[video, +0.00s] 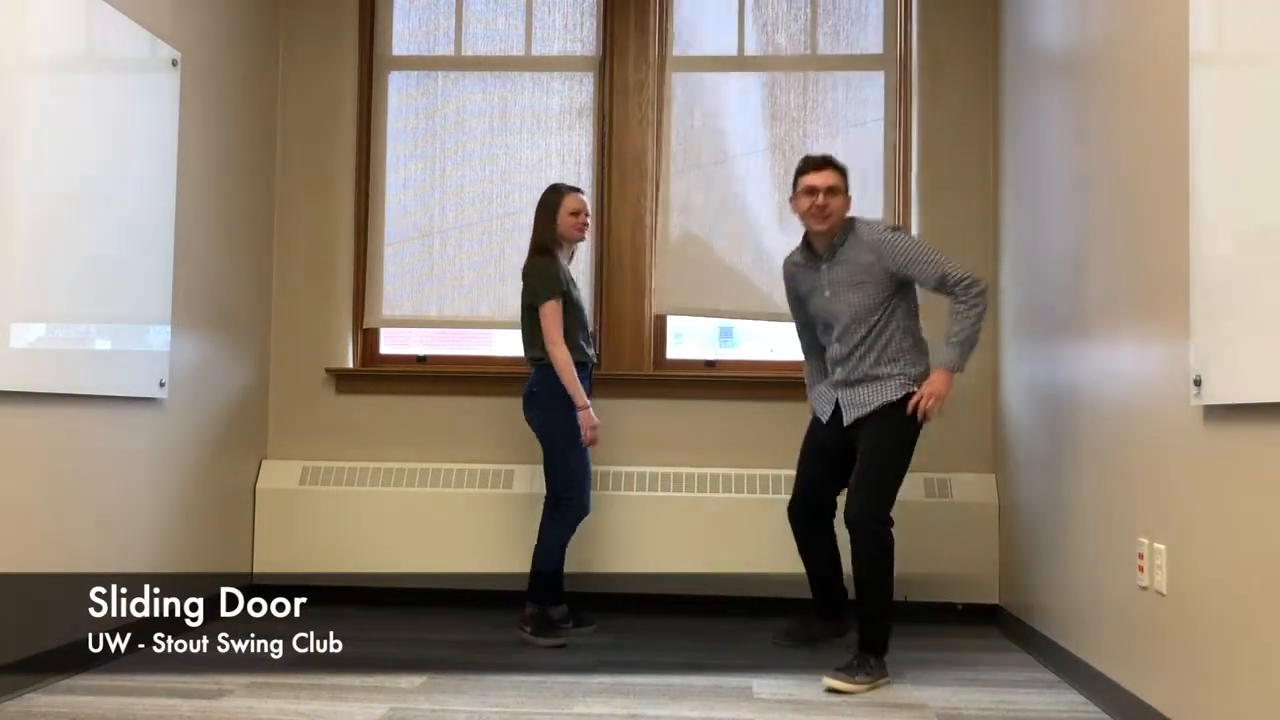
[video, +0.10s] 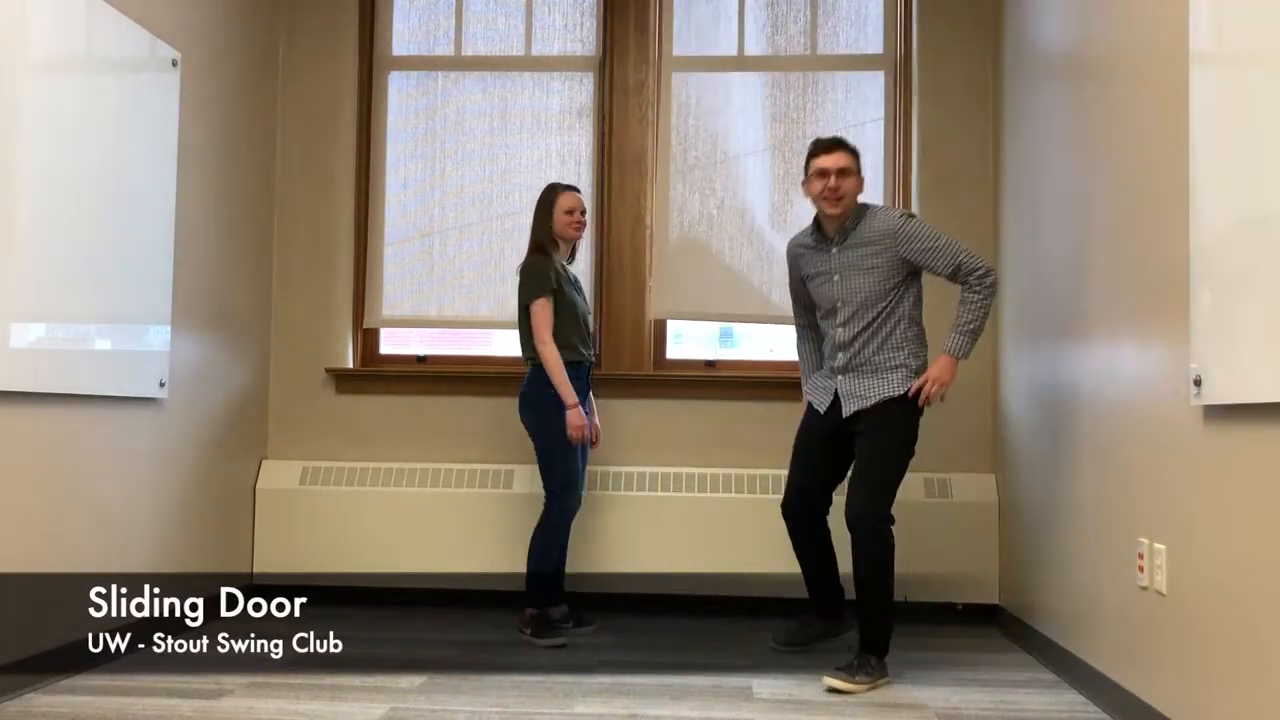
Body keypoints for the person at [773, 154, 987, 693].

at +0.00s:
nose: (820, 202)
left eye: (831, 192)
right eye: (810, 193)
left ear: (847, 200)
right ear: (794, 202)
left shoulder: (883, 244)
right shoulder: (796, 266)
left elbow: (968, 289)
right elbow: (811, 344)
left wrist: (947, 369)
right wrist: (822, 401)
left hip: (895, 398)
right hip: (836, 404)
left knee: (865, 514)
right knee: (807, 510)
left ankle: (872, 656)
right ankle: (832, 616)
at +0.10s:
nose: (832, 185)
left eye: (843, 174)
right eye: (821, 175)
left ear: (860, 182)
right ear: (806, 185)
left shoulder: (894, 229)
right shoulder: (801, 250)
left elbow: (978, 276)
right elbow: (807, 325)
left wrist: (951, 357)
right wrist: (813, 385)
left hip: (892, 395)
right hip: (830, 397)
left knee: (866, 514)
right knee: (800, 507)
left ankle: (873, 655)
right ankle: (829, 613)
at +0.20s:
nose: (840, 170)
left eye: (851, 160)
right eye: (829, 162)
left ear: (868, 168)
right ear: (814, 172)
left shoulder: (903, 219)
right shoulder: (804, 235)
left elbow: (982, 269)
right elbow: (802, 307)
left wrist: (953, 345)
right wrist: (801, 371)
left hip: (890, 388)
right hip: (827, 387)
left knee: (867, 515)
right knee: (795, 503)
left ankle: (873, 654)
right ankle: (824, 614)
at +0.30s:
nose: (845, 162)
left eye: (855, 152)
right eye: (834, 154)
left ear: (872, 159)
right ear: (819, 164)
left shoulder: (909, 214)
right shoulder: (807, 226)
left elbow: (982, 263)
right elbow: (796, 290)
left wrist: (952, 337)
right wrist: (795, 354)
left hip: (889, 385)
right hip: (823, 384)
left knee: (869, 516)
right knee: (793, 504)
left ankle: (872, 654)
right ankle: (818, 617)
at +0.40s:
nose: (846, 156)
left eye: (856, 146)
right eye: (835, 149)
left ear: (873, 154)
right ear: (820, 161)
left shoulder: (909, 212)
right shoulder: (807, 220)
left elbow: (979, 263)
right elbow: (788, 275)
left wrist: (948, 332)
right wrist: (792, 343)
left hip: (887, 383)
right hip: (820, 384)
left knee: (871, 516)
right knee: (794, 507)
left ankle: (872, 654)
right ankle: (800, 633)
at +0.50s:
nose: (843, 153)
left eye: (853, 143)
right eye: (832, 146)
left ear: (870, 152)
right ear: (817, 158)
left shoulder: (904, 211)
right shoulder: (803, 216)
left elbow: (972, 266)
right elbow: (782, 270)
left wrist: (940, 329)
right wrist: (790, 333)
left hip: (881, 385)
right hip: (814, 385)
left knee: (873, 515)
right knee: (798, 510)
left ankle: (873, 652)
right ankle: (798, 637)